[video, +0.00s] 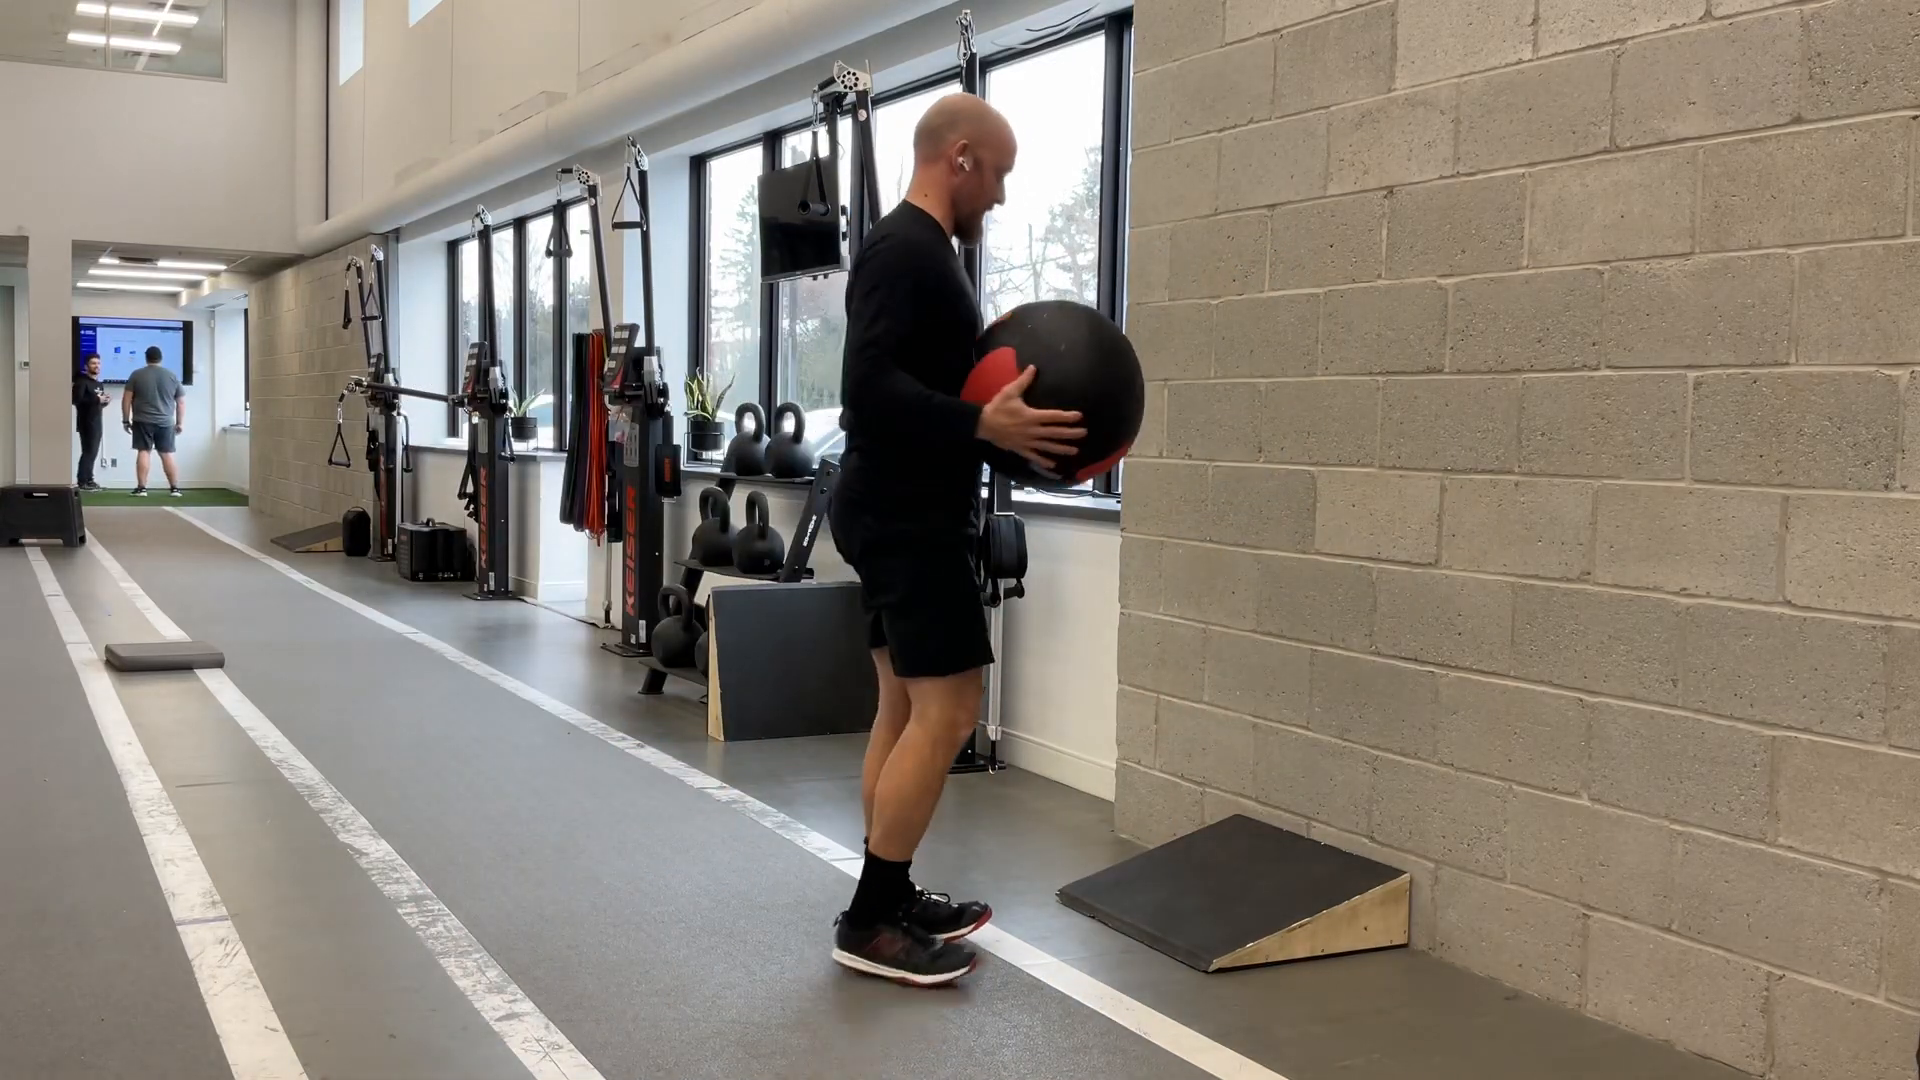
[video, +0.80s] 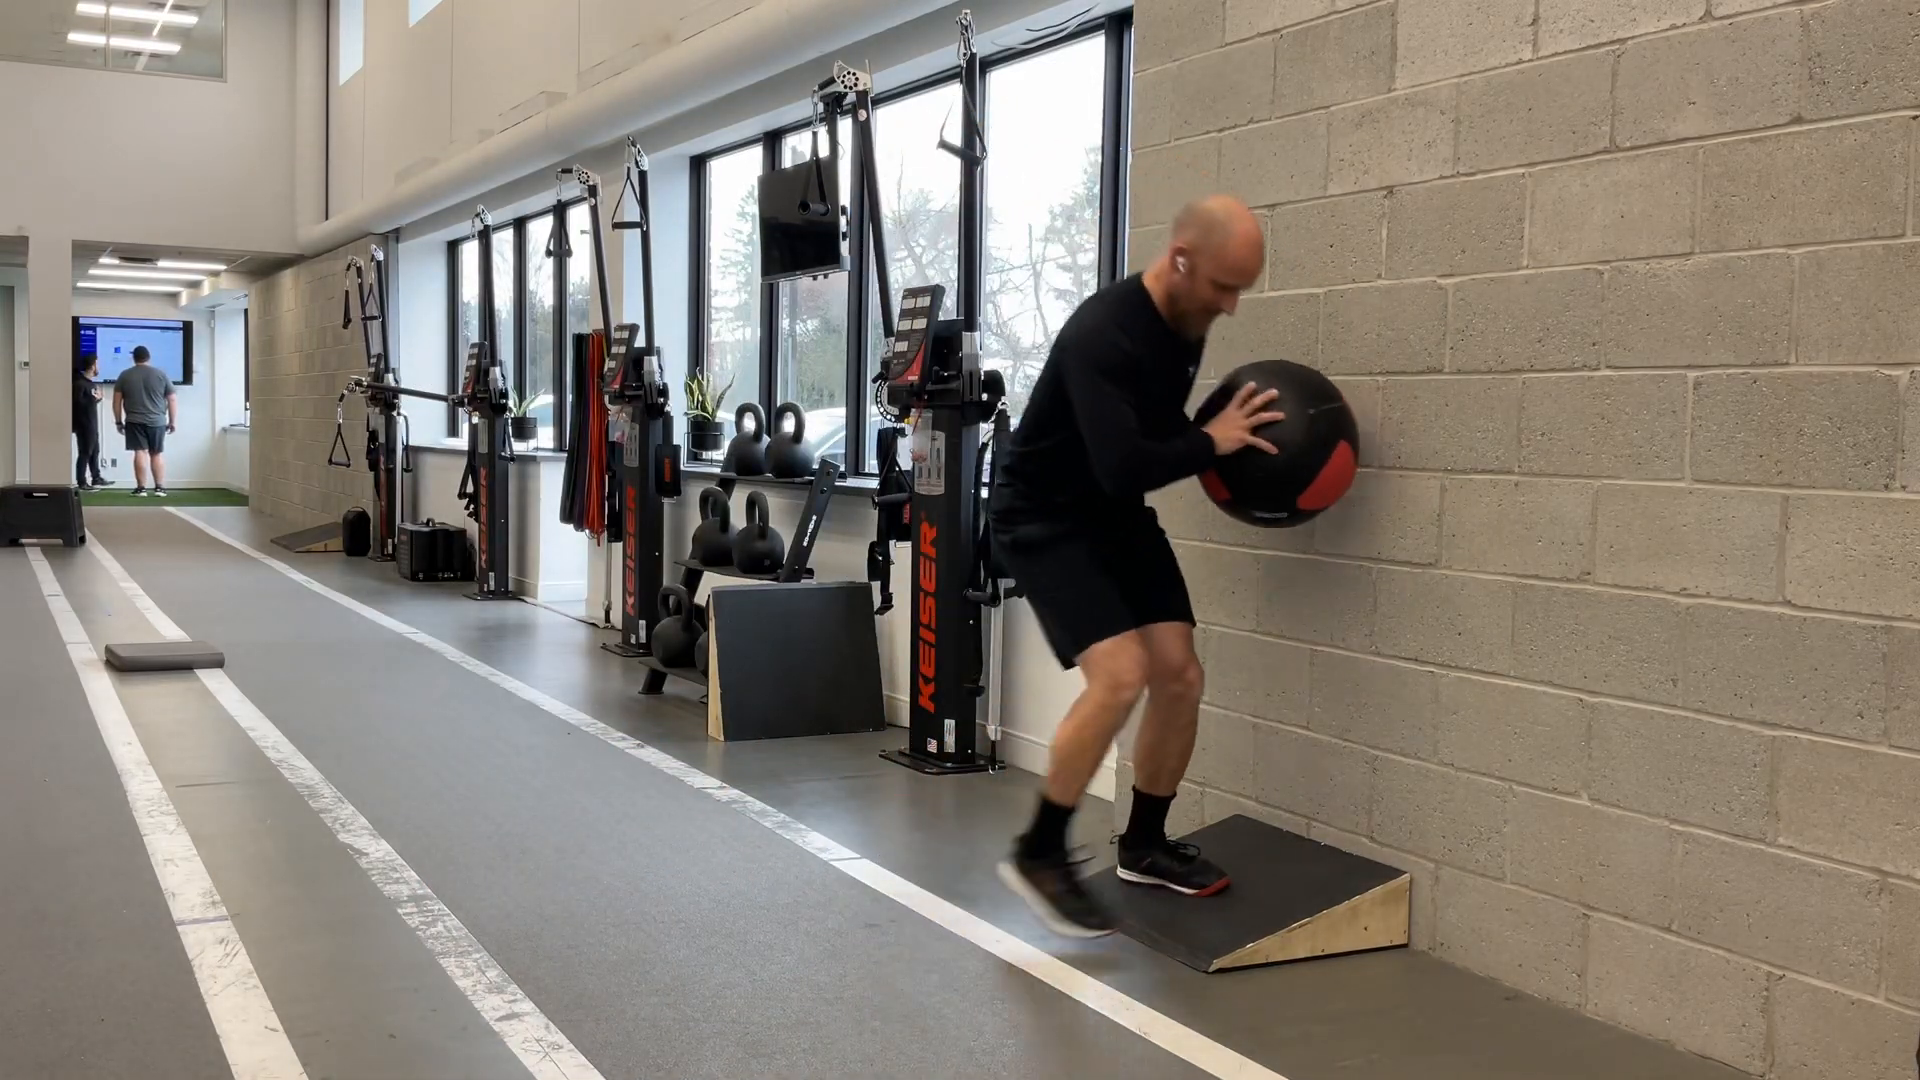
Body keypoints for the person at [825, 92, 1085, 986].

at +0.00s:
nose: (1000, 194)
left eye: (1003, 177)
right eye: (997, 174)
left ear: (948, 160)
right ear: (956, 162)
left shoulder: (926, 249)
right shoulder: (905, 250)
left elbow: (948, 382)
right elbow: (872, 390)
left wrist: (1053, 424)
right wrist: (981, 420)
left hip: (902, 507)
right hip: (908, 512)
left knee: (903, 708)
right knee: (948, 710)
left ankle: (891, 896)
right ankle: (870, 920)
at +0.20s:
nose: (1027, 206)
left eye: (1031, 190)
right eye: (1025, 188)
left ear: (979, 173)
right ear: (982, 172)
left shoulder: (977, 274)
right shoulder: (908, 263)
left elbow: (987, 400)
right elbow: (860, 403)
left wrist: (1073, 450)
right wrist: (976, 424)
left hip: (969, 523)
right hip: (913, 527)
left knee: (999, 696)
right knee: (935, 720)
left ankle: (917, 877)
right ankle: (877, 921)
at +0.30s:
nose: (1045, 210)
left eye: (1049, 194)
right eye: (1043, 192)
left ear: (997, 178)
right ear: (998, 177)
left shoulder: (1005, 282)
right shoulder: (914, 267)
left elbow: (1009, 404)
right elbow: (890, 419)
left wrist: (1100, 438)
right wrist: (1005, 410)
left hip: (988, 519)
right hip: (919, 527)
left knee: (1053, 685)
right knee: (943, 721)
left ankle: (978, 855)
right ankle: (879, 919)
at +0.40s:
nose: (1072, 215)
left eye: (1077, 199)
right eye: (1069, 197)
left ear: (1024, 185)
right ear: (1021, 183)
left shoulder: (1035, 284)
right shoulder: (939, 274)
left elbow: (1041, 406)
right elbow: (931, 409)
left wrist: (1130, 453)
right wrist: (1053, 407)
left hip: (1013, 513)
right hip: (938, 522)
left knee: (1093, 674)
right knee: (951, 720)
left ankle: (1071, 842)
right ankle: (883, 917)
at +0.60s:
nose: (1163, 241)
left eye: (1168, 226)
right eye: (1156, 224)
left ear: (1116, 213)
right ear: (1103, 208)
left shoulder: (1116, 305)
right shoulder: (1025, 291)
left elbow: (1091, 421)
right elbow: (1028, 422)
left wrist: (1161, 452)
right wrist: (1135, 421)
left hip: (1079, 519)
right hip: (999, 527)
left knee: (1141, 674)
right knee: (997, 710)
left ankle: (1143, 842)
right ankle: (900, 901)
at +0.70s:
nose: (1204, 274)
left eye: (1212, 258)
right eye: (1197, 255)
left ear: (1166, 239)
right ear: (1146, 232)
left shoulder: (1155, 315)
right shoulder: (1070, 309)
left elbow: (1133, 426)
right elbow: (1077, 440)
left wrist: (1202, 466)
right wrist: (1173, 428)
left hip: (1103, 508)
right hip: (1028, 512)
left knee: (1164, 672)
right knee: (1068, 692)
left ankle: (1143, 845)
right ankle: (956, 873)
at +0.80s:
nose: (1232, 304)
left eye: (1241, 290)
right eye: (1224, 287)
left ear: (1196, 268)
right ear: (1178, 261)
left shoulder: (1187, 324)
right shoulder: (1102, 332)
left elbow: (1158, 432)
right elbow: (1120, 468)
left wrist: (1224, 447)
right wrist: (1209, 439)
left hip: (1118, 510)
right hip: (1043, 512)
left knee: (1178, 674)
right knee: (1121, 672)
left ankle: (1144, 845)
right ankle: (1040, 849)